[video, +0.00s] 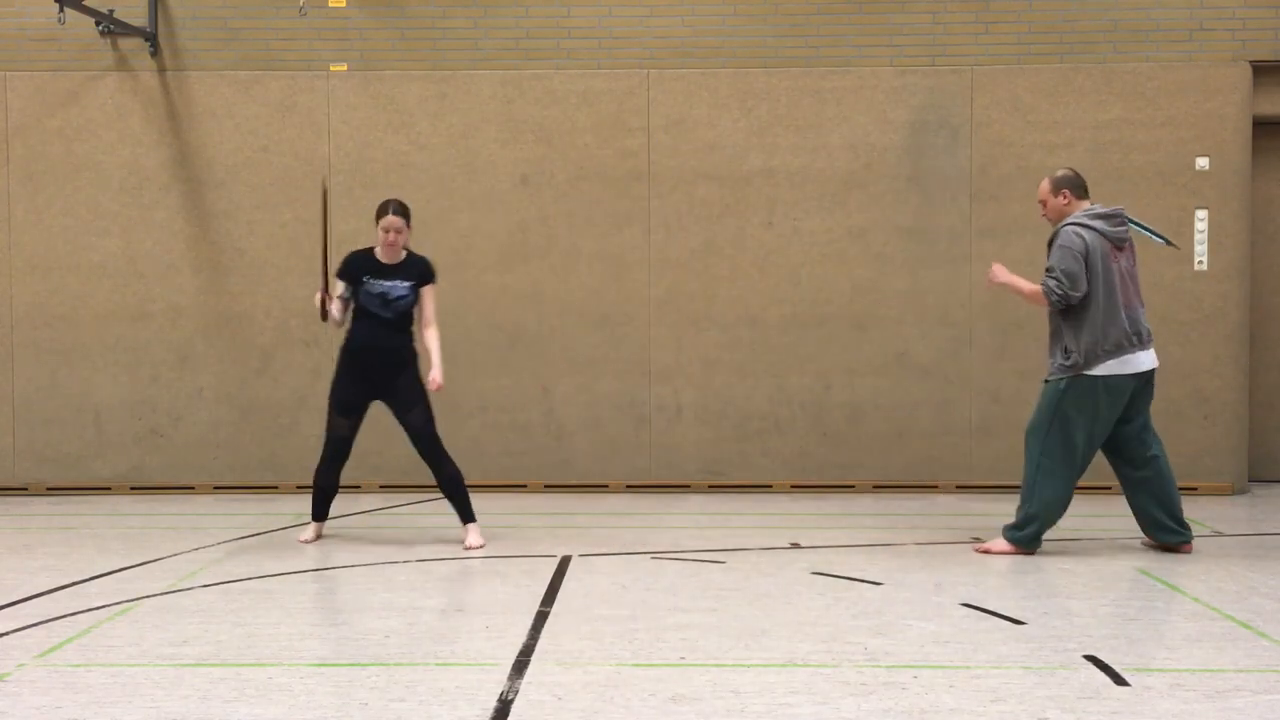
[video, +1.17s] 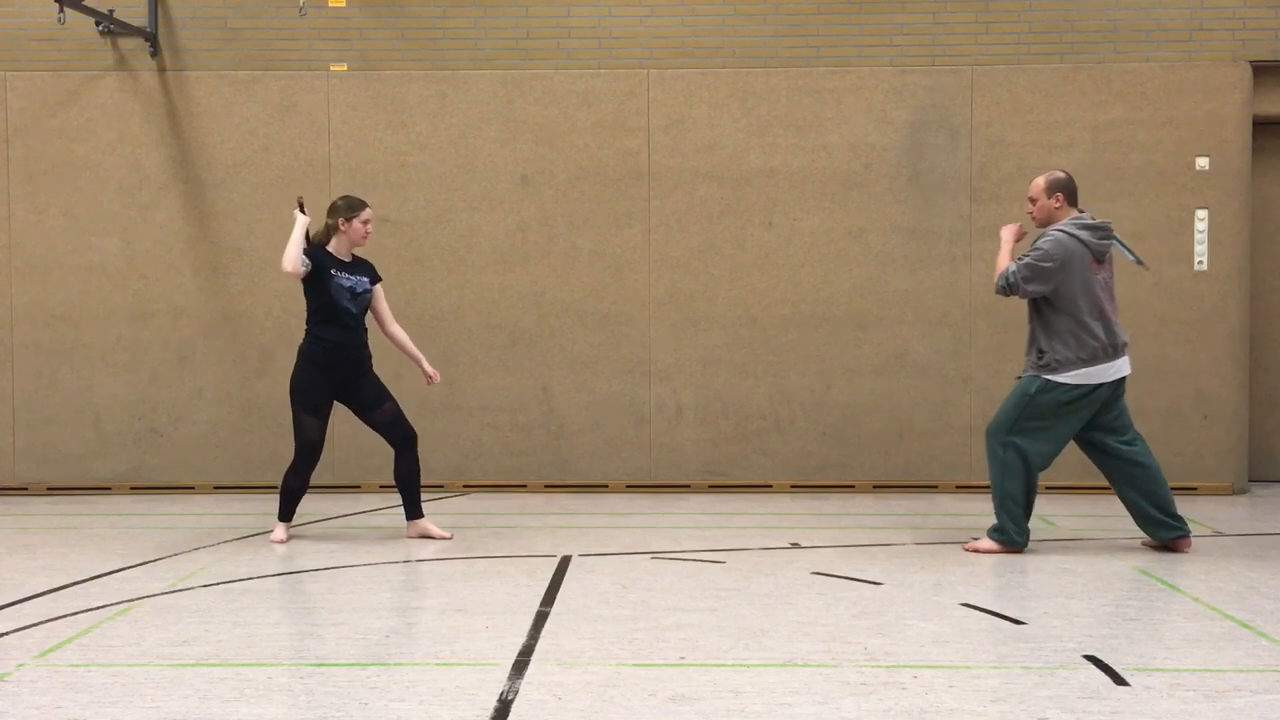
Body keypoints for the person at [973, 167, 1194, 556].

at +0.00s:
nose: (1042, 211)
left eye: (1044, 203)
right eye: (1040, 204)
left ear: (1065, 198)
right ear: (1073, 197)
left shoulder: (1071, 235)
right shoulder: (1115, 229)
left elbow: (1061, 294)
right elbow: (1118, 285)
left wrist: (1010, 280)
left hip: (1092, 369)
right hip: (1135, 363)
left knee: (1047, 442)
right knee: (1136, 446)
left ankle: (1022, 537)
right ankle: (1173, 534)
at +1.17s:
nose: (1029, 209)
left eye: (1034, 202)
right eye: (1029, 202)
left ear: (1057, 200)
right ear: (1064, 201)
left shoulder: (1056, 243)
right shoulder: (1094, 235)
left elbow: (1005, 281)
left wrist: (1006, 241)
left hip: (1065, 373)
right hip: (1107, 368)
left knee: (1004, 435)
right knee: (1122, 446)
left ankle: (1009, 535)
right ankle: (1171, 531)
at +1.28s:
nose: (1011, 206)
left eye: (1016, 198)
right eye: (1011, 199)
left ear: (1040, 200)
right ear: (1048, 200)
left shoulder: (1037, 244)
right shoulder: (1074, 232)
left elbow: (988, 284)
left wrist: (985, 246)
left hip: (1042, 373)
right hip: (1084, 369)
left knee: (987, 440)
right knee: (1101, 445)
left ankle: (1005, 535)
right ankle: (1162, 520)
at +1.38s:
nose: (992, 201)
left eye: (997, 193)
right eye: (992, 193)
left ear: (1021, 195)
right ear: (1031, 194)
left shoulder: (1018, 238)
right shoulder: (1054, 229)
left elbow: (971, 279)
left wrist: (967, 243)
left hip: (1020, 371)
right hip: (1061, 368)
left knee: (979, 442)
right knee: (1059, 435)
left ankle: (1003, 536)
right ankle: (1132, 508)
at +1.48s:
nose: (970, 195)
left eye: (975, 187)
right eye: (970, 187)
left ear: (999, 189)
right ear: (1002, 190)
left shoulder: (1004, 233)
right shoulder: (1020, 225)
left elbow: (956, 271)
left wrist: (948, 234)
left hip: (1000, 367)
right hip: (1022, 364)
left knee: (976, 446)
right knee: (1002, 439)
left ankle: (1003, 536)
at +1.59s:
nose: (956, 191)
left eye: (961, 184)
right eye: (956, 184)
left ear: (984, 186)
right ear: (984, 185)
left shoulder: (1002, 228)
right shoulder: (989, 222)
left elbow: (953, 266)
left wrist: (937, 224)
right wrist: (949, 194)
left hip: (996, 363)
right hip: (971, 360)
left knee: (980, 446)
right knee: (942, 431)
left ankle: (1005, 536)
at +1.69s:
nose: (940, 192)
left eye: (946, 184)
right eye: (940, 184)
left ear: (971, 186)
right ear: (964, 187)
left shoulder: (996, 228)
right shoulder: (956, 233)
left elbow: (952, 264)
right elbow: (902, 246)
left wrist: (928, 225)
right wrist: (886, 200)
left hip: (982, 364)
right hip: (944, 361)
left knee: (976, 447)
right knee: (912, 435)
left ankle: (1006, 536)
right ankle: (902, 521)